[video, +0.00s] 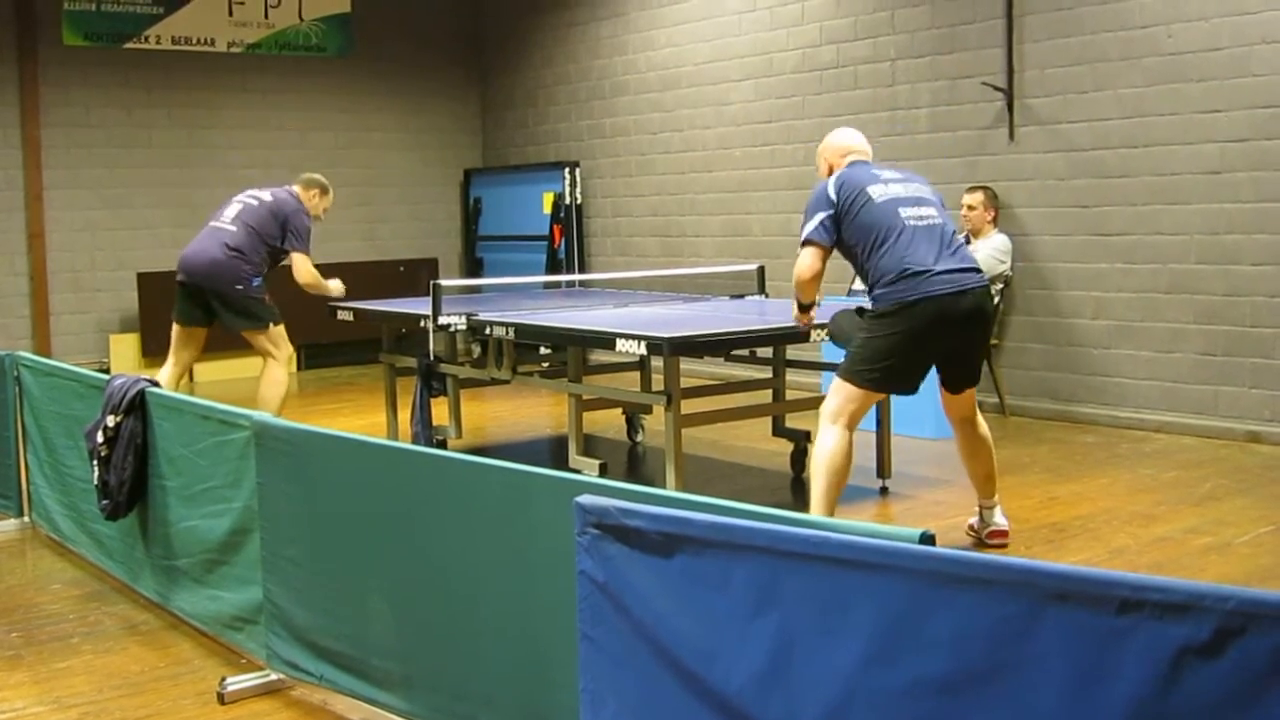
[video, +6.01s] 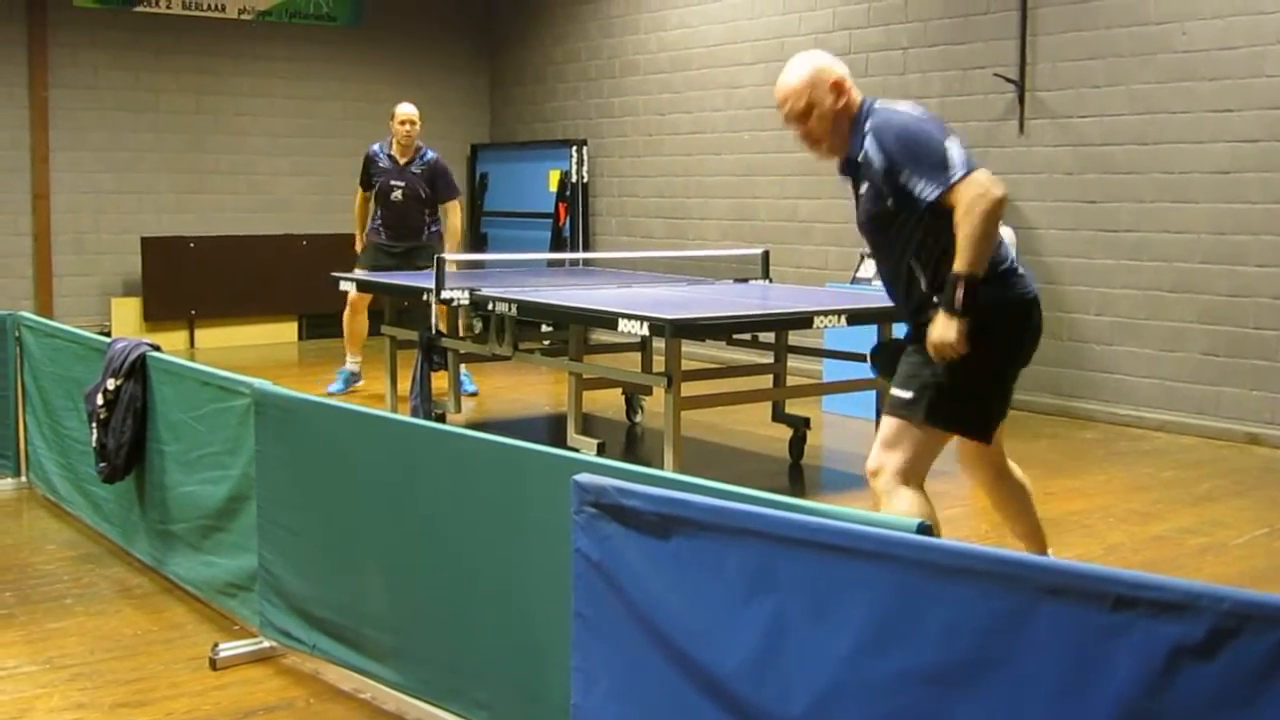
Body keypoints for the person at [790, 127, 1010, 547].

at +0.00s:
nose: (821, 175)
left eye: (820, 168)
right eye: (819, 168)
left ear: (831, 161)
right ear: (865, 154)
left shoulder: (831, 188)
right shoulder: (914, 179)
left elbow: (807, 271)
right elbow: (938, 243)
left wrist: (804, 307)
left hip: (907, 305)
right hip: (972, 298)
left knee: (837, 416)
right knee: (966, 412)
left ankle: (816, 534)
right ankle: (992, 517)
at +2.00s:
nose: (833, 135)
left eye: (833, 128)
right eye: (833, 129)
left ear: (845, 123)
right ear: (882, 121)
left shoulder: (837, 154)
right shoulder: (925, 154)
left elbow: (807, 240)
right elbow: (941, 218)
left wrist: (827, 248)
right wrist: (861, 242)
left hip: (890, 275)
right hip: (955, 275)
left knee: (813, 384)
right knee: (947, 383)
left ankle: (802, 494)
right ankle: (978, 483)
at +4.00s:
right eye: (926, 129)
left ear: (875, 115)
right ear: (923, 131)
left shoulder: (833, 140)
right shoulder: (930, 170)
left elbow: (748, 168)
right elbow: (949, 263)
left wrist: (728, 184)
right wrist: (975, 338)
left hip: (795, 279)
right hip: (869, 291)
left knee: (736, 399)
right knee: (923, 379)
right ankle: (949, 484)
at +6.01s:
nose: (798, 132)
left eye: (803, 114)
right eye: (790, 121)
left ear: (839, 92)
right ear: (837, 98)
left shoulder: (890, 128)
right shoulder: (866, 148)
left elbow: (981, 194)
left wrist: (954, 304)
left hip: (973, 312)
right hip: (993, 310)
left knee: (891, 471)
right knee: (980, 455)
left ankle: (923, 611)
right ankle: (1044, 571)